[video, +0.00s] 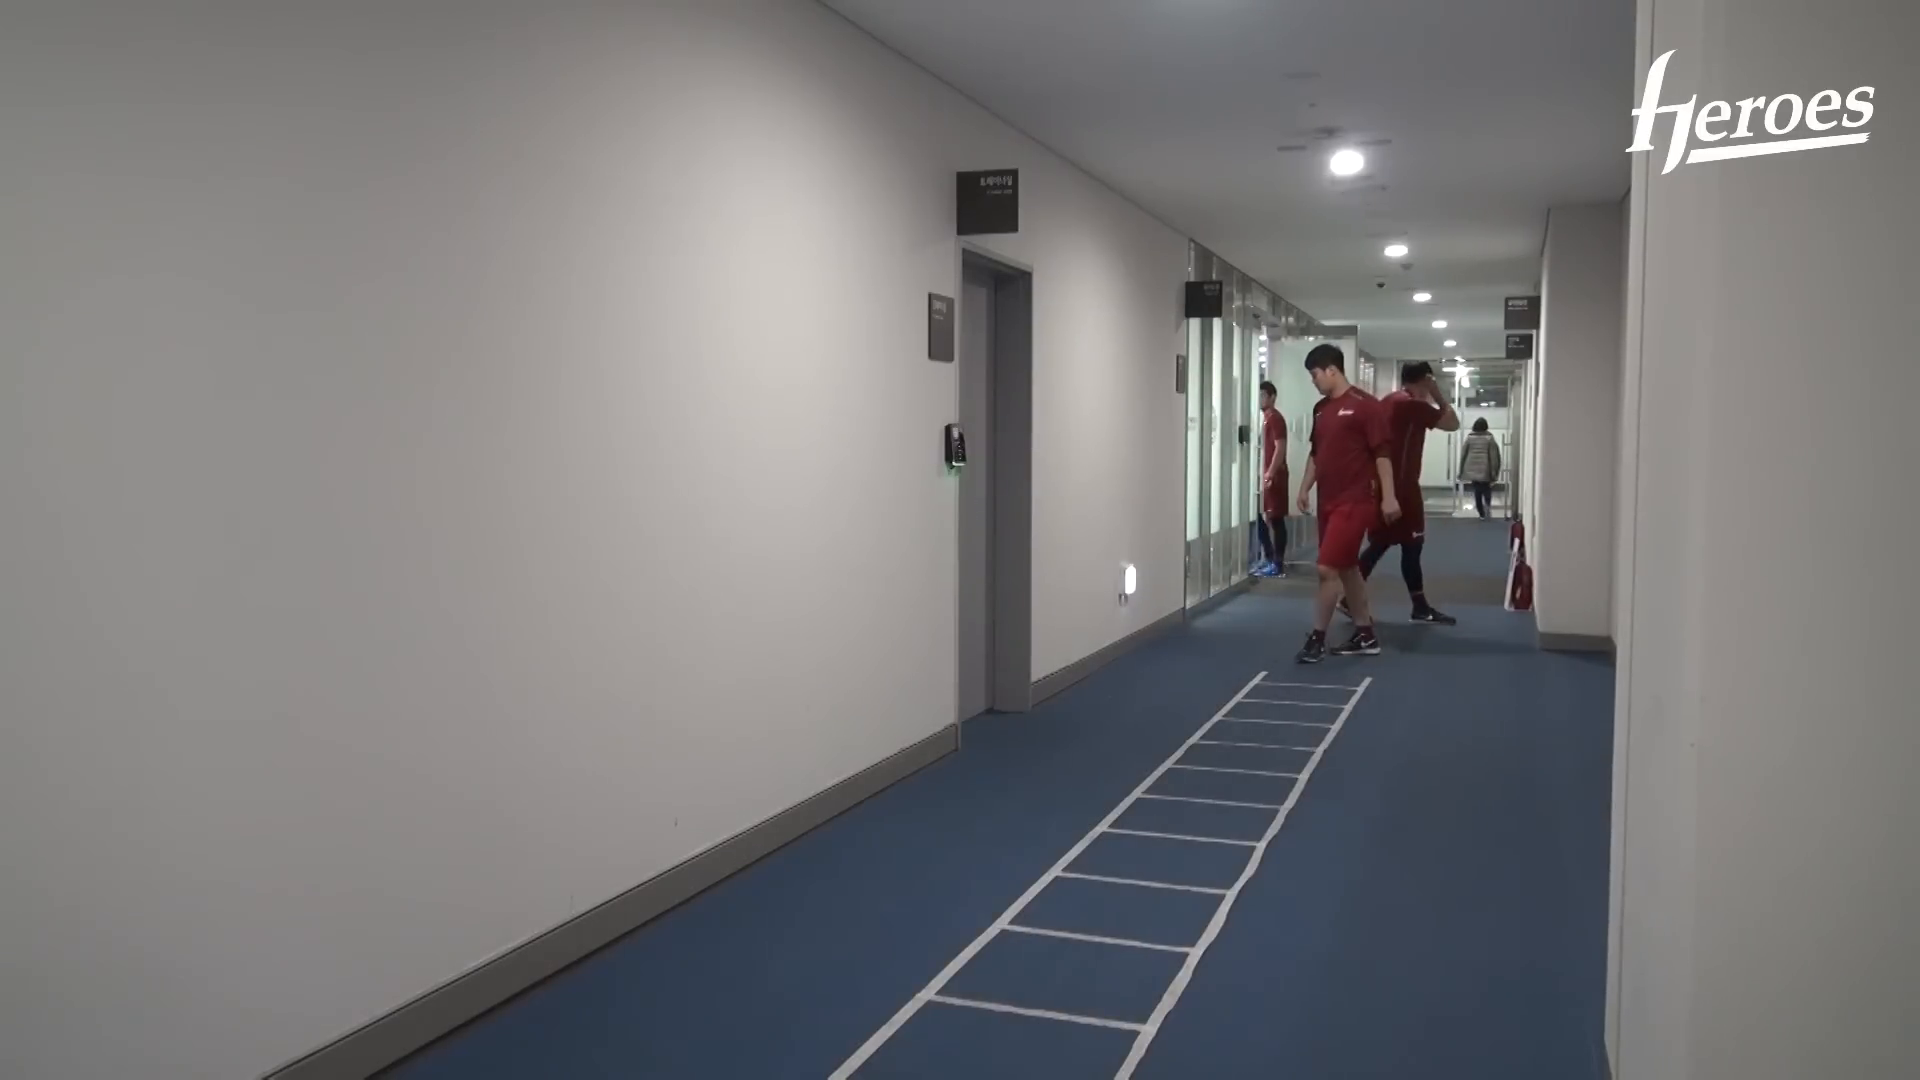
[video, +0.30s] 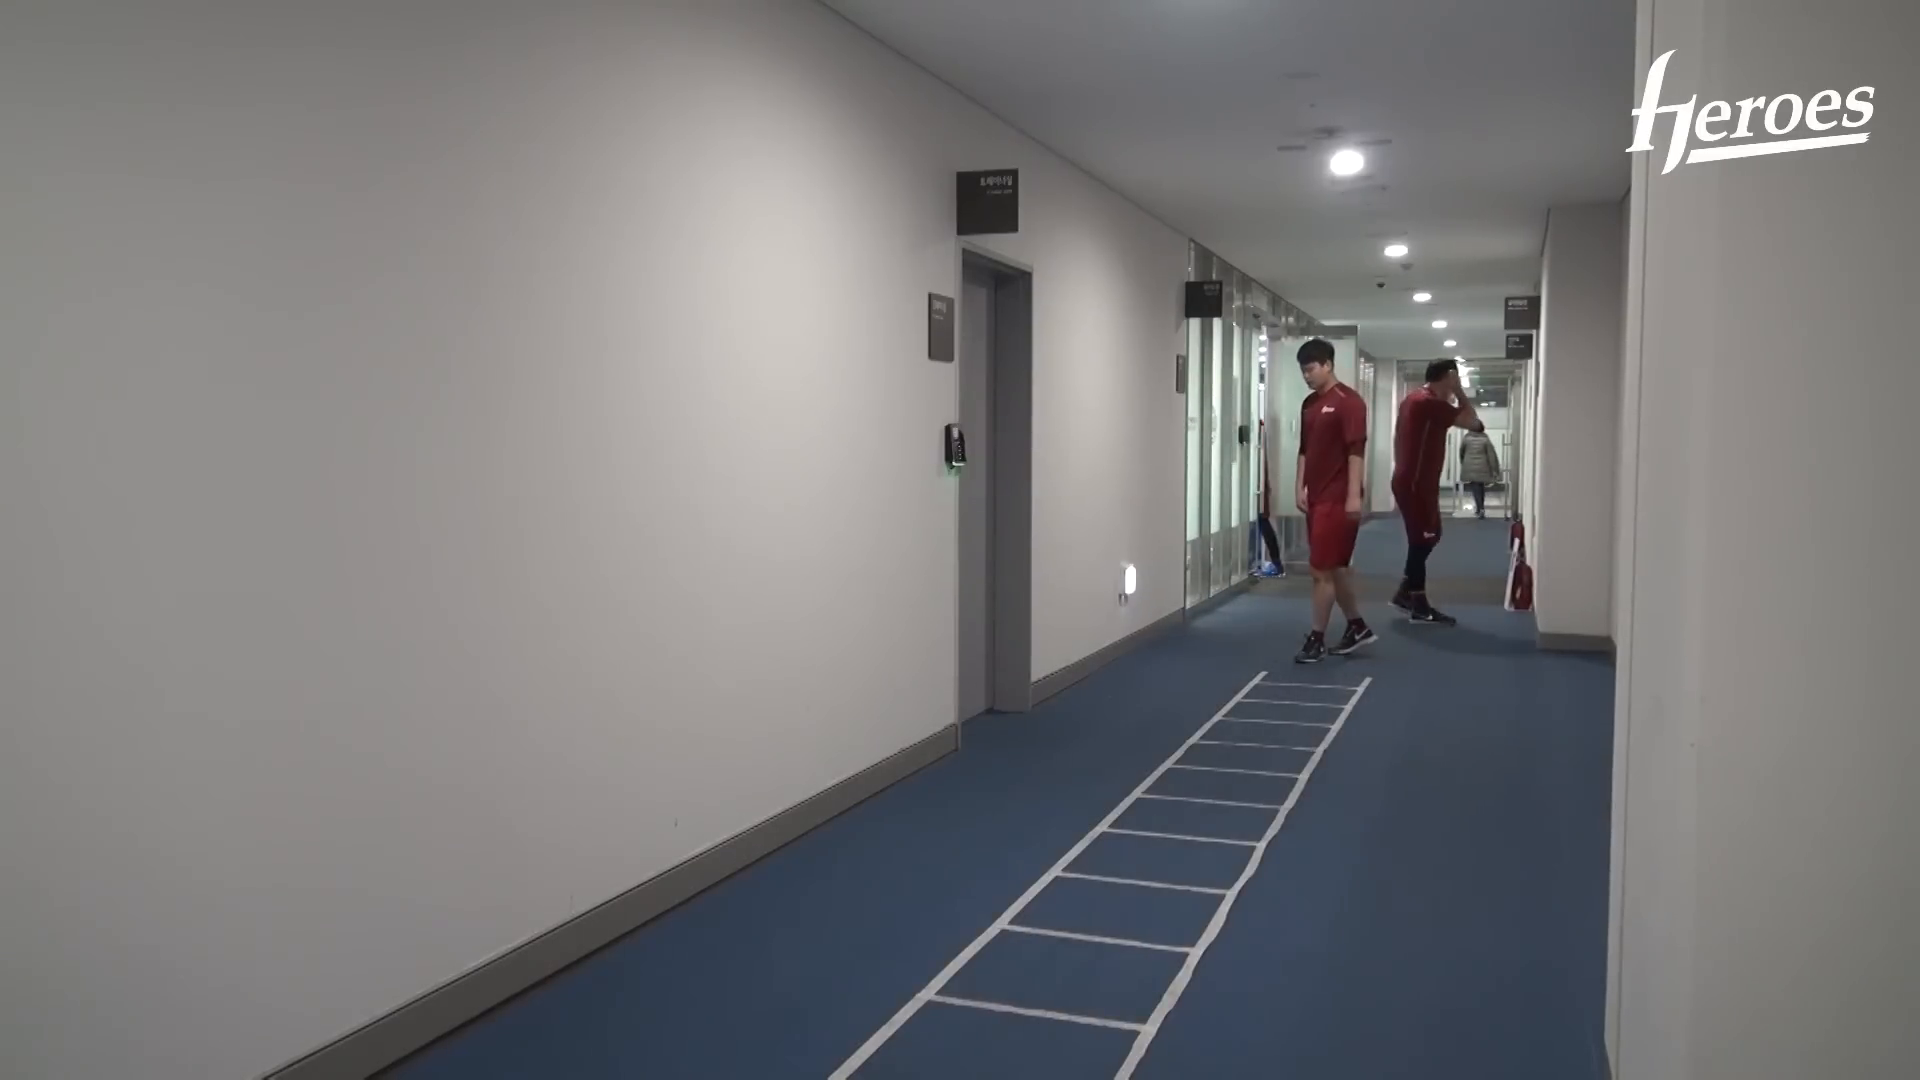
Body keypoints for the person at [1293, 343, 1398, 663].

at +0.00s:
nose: (1312, 381)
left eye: (1315, 374)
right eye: (1311, 375)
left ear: (1331, 370)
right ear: (1327, 372)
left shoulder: (1367, 406)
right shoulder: (1321, 409)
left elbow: (1382, 453)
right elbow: (1316, 453)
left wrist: (1389, 496)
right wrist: (1304, 488)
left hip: (1355, 501)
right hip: (1327, 502)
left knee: (1328, 568)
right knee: (1347, 569)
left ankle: (1318, 636)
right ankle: (1365, 634)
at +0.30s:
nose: (1305, 375)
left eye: (1309, 368)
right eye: (1303, 369)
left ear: (1327, 365)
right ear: (1307, 370)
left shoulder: (1350, 401)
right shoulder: (1310, 403)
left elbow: (1356, 452)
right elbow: (1304, 449)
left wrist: (1354, 496)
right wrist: (1300, 486)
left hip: (1339, 497)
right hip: (1315, 497)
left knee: (1322, 570)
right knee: (1333, 568)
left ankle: (1316, 637)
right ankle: (1357, 625)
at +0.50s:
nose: (1310, 372)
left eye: (1316, 366)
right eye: (1306, 367)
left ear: (1331, 366)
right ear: (1303, 368)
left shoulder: (1345, 399)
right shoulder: (1305, 401)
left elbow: (1342, 449)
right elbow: (1299, 448)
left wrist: (1312, 482)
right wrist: (1296, 486)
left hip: (1336, 496)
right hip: (1310, 495)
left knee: (1327, 568)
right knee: (1302, 561)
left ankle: (1319, 636)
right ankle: (1340, 615)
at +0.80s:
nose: (1317, 369)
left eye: (1324, 363)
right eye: (1312, 363)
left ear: (1336, 365)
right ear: (1306, 365)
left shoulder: (1347, 400)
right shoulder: (1300, 400)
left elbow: (1346, 454)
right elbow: (1293, 448)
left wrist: (1319, 490)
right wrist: (1291, 487)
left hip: (1332, 495)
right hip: (1303, 492)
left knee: (1322, 569)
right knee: (1288, 555)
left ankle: (1319, 638)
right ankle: (1297, 616)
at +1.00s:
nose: (1320, 373)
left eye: (1327, 367)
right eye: (1316, 366)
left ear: (1338, 368)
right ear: (1308, 365)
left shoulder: (1352, 402)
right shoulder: (1295, 401)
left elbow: (1359, 453)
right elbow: (1287, 448)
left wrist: (1362, 496)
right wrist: (1291, 487)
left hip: (1333, 502)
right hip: (1298, 496)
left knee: (1324, 571)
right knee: (1276, 552)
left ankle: (1318, 638)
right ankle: (1277, 611)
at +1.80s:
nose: (1295, 381)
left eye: (1301, 375)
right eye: (1290, 375)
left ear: (1309, 376)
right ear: (1281, 375)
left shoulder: (1326, 407)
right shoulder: (1263, 409)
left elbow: (1354, 437)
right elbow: (1243, 438)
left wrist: (1337, 471)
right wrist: (1248, 469)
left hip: (1309, 504)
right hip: (1273, 503)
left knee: (1309, 570)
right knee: (1282, 570)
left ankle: (1317, 636)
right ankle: (1286, 629)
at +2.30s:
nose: (1279, 380)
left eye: (1285, 374)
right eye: (1274, 373)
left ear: (1294, 374)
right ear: (1267, 373)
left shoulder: (1314, 402)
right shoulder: (1251, 408)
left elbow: (1342, 431)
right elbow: (1235, 441)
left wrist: (1325, 466)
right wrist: (1244, 471)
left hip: (1303, 501)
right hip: (1267, 502)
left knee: (1308, 566)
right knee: (1279, 569)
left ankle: (1322, 634)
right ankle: (1285, 630)